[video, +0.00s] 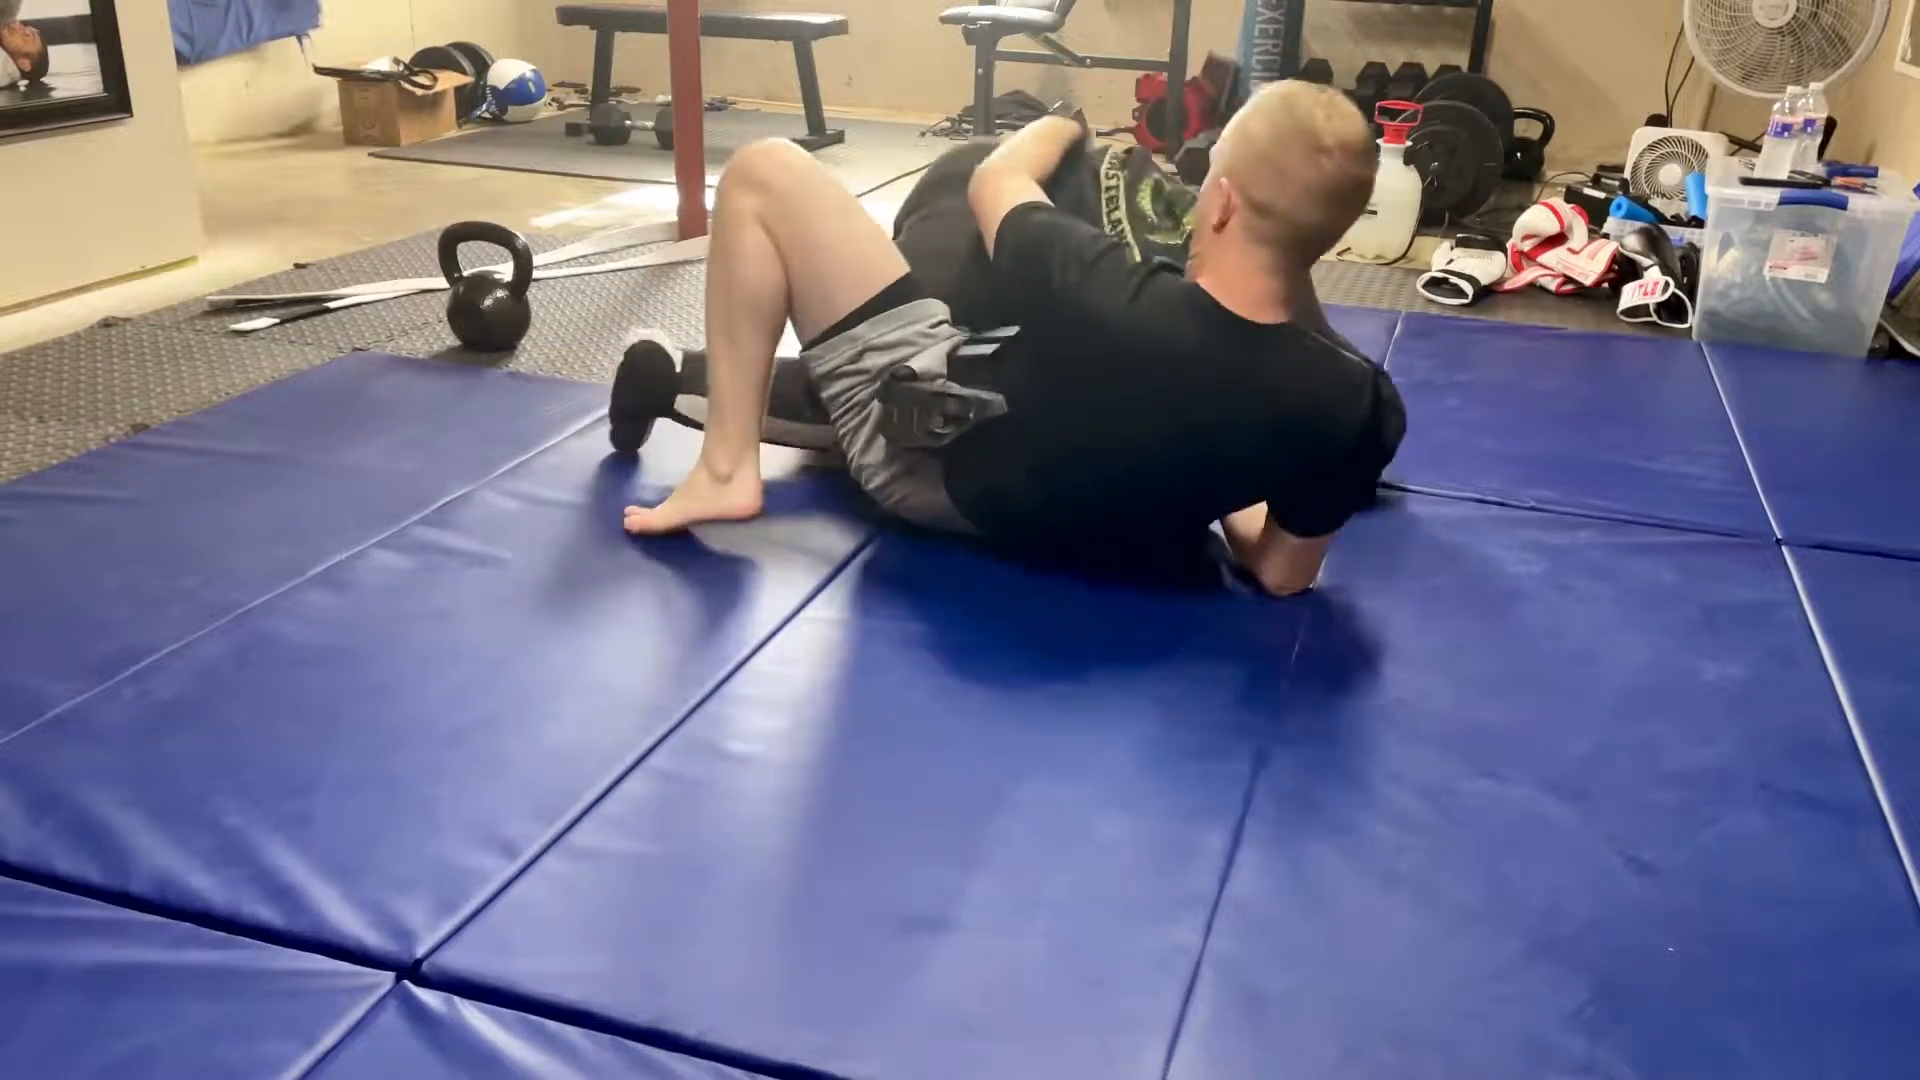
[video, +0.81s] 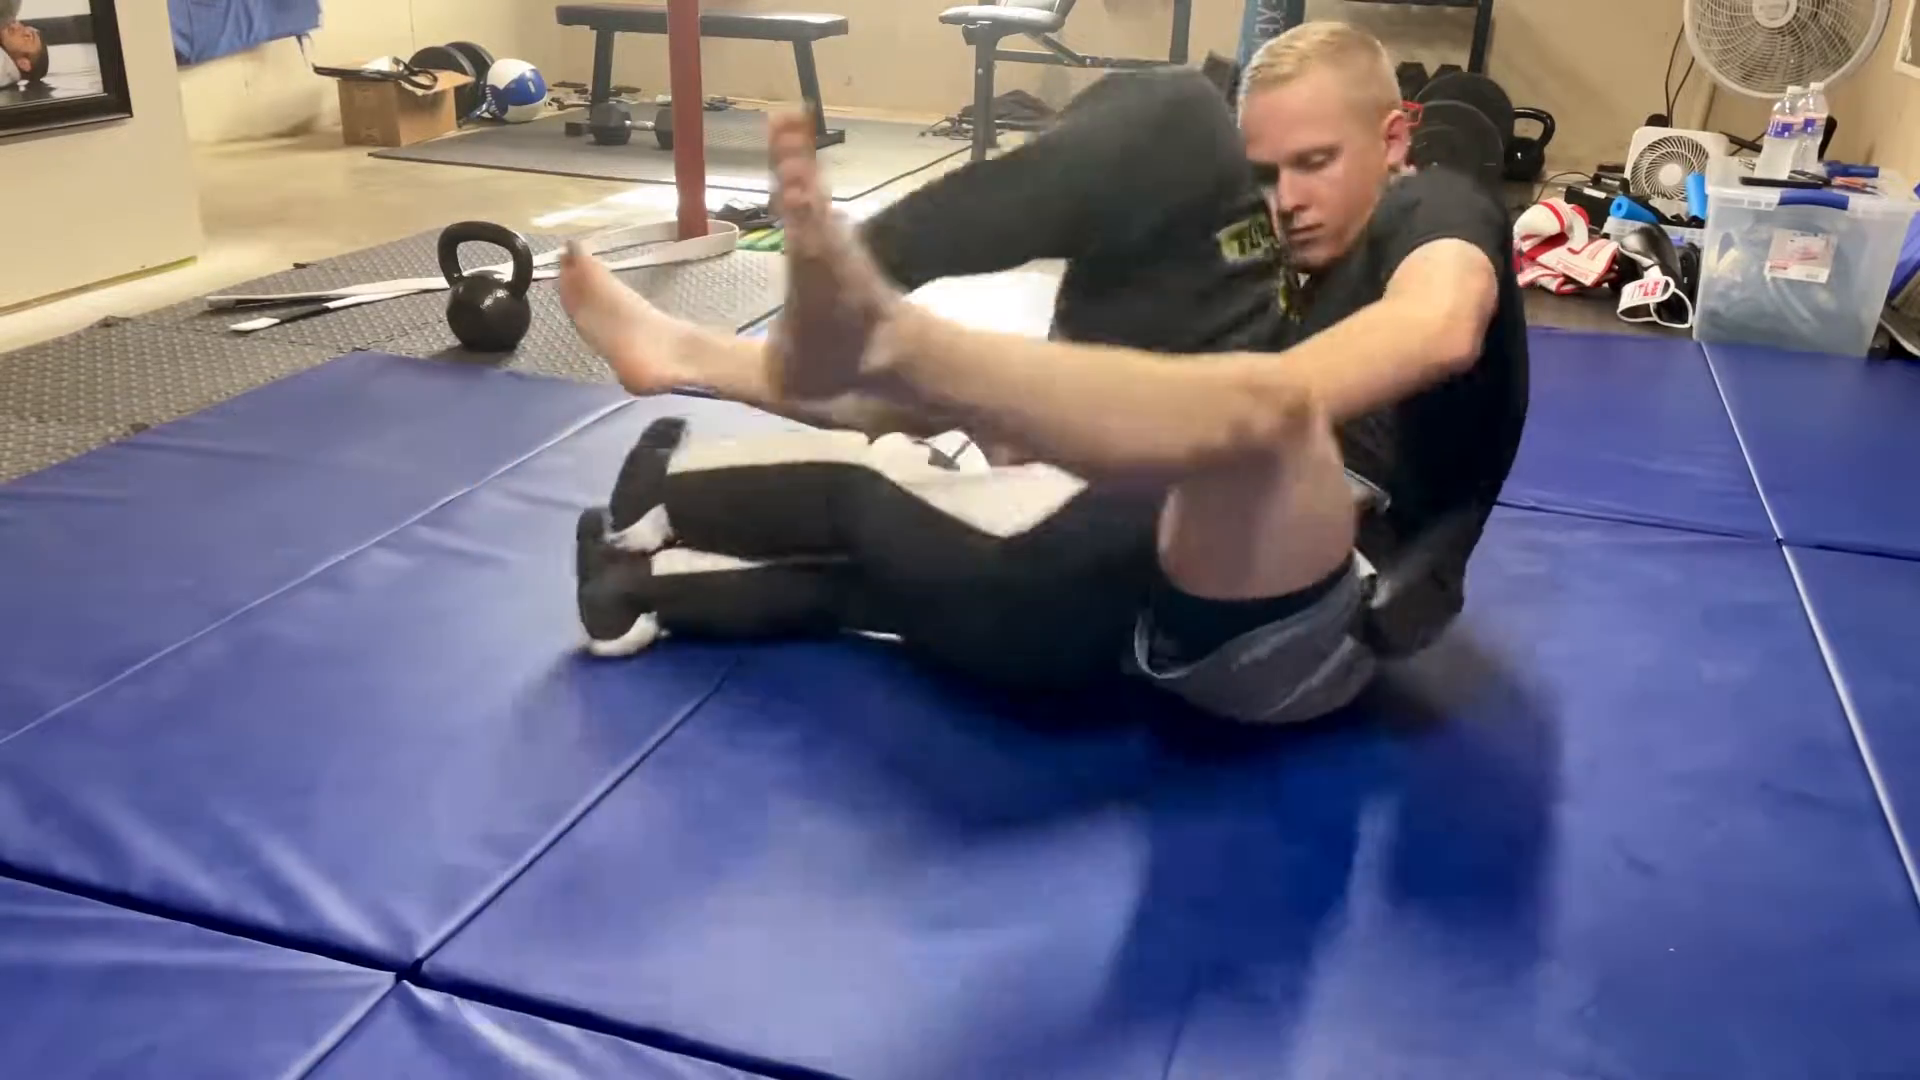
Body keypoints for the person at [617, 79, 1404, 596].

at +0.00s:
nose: (1204, 189)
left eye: (1211, 175)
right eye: (1213, 172)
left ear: (1220, 202)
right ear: (1339, 237)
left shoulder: (1090, 285)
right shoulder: (1355, 409)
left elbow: (997, 186)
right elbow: (1283, 573)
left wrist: (1055, 127)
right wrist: (1238, 499)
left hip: (941, 480)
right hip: (1109, 538)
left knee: (763, 168)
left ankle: (726, 468)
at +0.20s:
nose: (1263, 200)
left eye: (1277, 183)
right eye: (1278, 180)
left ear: (1304, 211)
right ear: (1402, 250)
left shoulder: (1167, 310)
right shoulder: (1397, 403)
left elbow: (1014, 187)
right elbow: (1286, 573)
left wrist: (1087, 112)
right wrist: (1215, 480)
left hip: (958, 488)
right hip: (1094, 536)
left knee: (765, 203)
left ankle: (722, 487)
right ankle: (734, 404)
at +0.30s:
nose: (1296, 195)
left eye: (1314, 173)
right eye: (1311, 171)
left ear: (1367, 196)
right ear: (1417, 218)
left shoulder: (1246, 284)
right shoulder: (1430, 398)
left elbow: (1038, 198)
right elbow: (1289, 574)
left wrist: (1094, 118)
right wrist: (1235, 461)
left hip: (978, 490)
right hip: (1087, 552)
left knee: (760, 226)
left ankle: (718, 499)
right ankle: (752, 415)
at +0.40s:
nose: (1310, 187)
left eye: (1333, 167)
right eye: (1320, 165)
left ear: (1414, 182)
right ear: (1438, 193)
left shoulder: (1363, 244)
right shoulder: (1462, 371)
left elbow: (1107, 246)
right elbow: (1308, 570)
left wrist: (1089, 156)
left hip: (1080, 518)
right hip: (1157, 584)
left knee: (797, 264)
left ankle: (663, 493)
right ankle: (744, 429)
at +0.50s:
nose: (1290, 193)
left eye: (1314, 166)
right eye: (1297, 168)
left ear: (1408, 163)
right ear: (1419, 177)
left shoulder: (1396, 235)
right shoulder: (1461, 304)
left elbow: (1171, 304)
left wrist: (1091, 215)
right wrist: (1170, 258)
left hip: (1202, 580)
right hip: (1248, 592)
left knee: (898, 341)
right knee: (914, 385)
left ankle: (638, 534)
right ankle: (718, 496)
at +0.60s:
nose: (1288, 203)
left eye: (1309, 170)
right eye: (1282, 180)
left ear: (1403, 141)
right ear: (1391, 159)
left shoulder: (1438, 216)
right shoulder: (1419, 269)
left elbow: (1302, 333)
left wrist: (1130, 284)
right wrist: (1150, 291)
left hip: (1269, 583)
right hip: (1243, 569)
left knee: (991, 362)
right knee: (966, 491)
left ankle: (635, 538)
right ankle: (676, 542)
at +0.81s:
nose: (1280, 200)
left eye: (1313, 165)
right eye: (1268, 172)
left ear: (1395, 138)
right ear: (1259, 162)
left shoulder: (1436, 208)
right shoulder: (1306, 285)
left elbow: (1440, 328)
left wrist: (1259, 407)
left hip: (1276, 650)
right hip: (1143, 594)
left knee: (1267, 406)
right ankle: (683, 355)